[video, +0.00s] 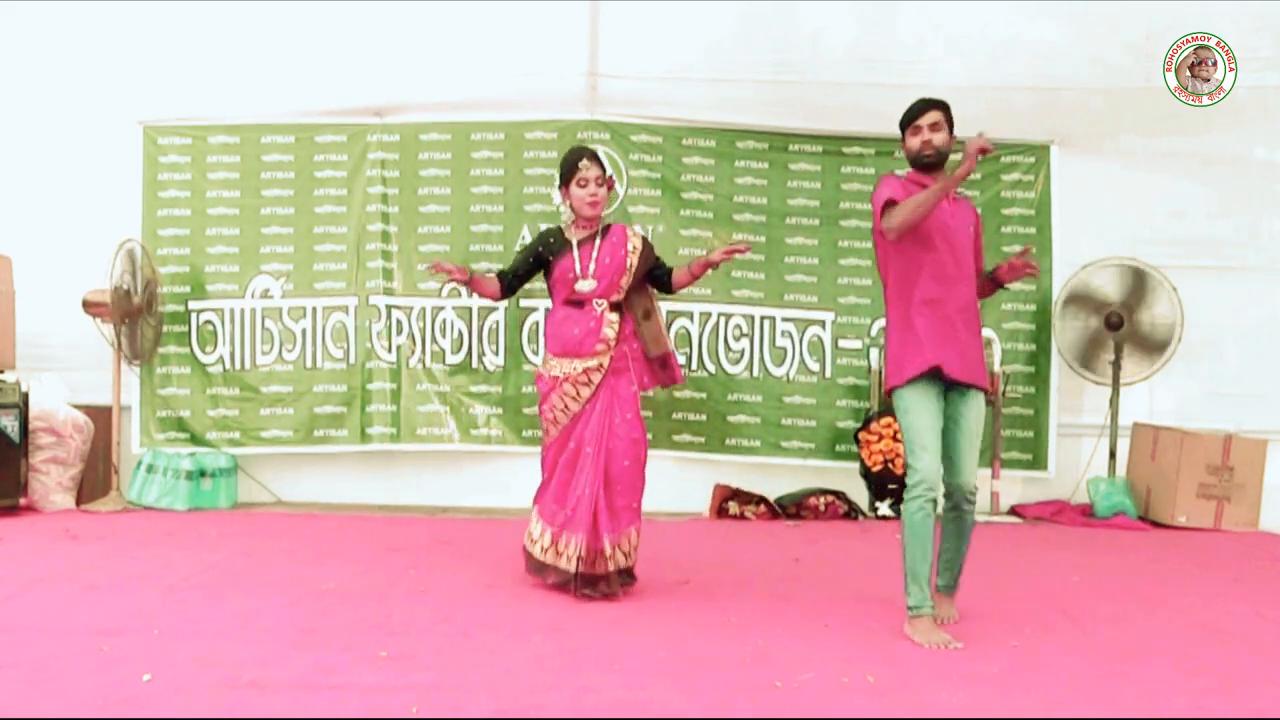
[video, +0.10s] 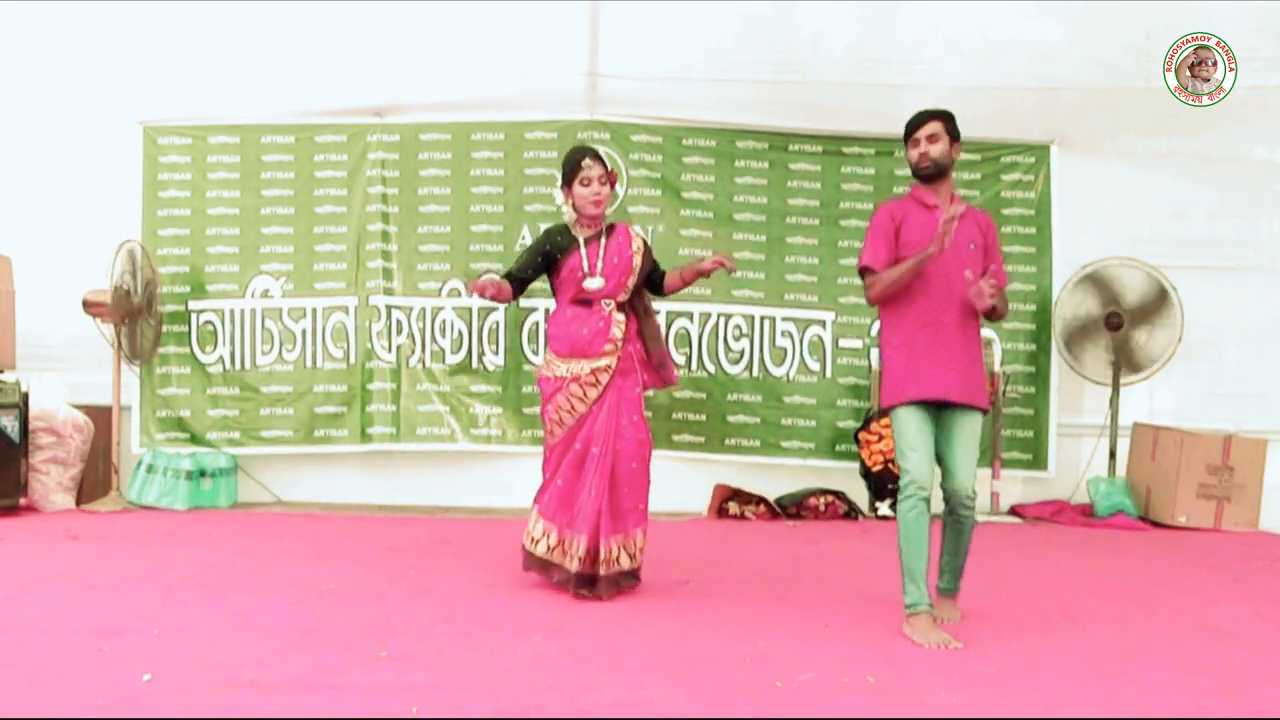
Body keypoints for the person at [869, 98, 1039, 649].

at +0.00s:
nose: (928, 137)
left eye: (937, 128)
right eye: (917, 130)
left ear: (953, 139)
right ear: (904, 143)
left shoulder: (967, 209)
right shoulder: (894, 186)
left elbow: (970, 290)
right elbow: (894, 224)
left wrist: (1000, 275)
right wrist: (957, 175)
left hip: (966, 354)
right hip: (913, 352)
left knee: (964, 485)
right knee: (925, 479)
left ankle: (945, 594)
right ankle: (918, 612)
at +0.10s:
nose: (925, 147)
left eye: (935, 138)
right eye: (916, 141)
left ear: (955, 149)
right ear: (907, 155)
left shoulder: (979, 221)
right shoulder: (891, 212)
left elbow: (998, 306)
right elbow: (874, 291)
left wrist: (991, 299)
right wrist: (929, 249)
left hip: (965, 370)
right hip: (908, 368)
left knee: (962, 490)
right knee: (917, 482)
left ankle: (947, 594)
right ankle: (916, 610)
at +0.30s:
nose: (910, 143)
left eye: (921, 135)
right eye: (909, 135)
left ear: (949, 144)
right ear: (908, 144)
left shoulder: (969, 198)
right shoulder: (897, 202)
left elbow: (991, 256)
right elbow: (873, 278)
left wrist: (922, 252)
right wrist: (868, 256)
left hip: (946, 356)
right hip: (896, 352)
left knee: (939, 472)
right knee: (870, 455)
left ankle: (948, 591)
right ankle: (903, 554)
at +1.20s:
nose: (961, 147)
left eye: (968, 139)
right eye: (950, 140)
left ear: (977, 148)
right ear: (931, 151)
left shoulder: (994, 208)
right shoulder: (914, 205)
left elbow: (1030, 277)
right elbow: (893, 269)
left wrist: (1009, 250)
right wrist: (956, 239)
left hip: (980, 355)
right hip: (926, 351)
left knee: (974, 476)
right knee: (927, 467)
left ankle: (948, 572)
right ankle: (900, 520)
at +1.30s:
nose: (973, 129)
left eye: (977, 121)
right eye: (961, 123)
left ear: (985, 129)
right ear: (939, 135)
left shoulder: (991, 191)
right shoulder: (929, 182)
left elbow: (1022, 257)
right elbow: (919, 240)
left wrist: (1014, 222)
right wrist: (973, 207)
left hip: (981, 338)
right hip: (938, 332)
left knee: (974, 458)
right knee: (955, 445)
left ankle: (928, 562)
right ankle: (910, 536)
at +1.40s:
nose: (990, 121)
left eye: (990, 113)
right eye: (977, 116)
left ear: (991, 122)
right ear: (952, 132)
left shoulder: (985, 187)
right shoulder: (952, 180)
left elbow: (983, 265)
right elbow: (939, 233)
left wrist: (1015, 250)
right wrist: (1000, 229)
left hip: (982, 340)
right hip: (965, 340)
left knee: (952, 458)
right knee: (983, 458)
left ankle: (910, 560)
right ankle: (968, 592)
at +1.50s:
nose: (996, 130)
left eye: (995, 121)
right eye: (984, 126)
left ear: (994, 134)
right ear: (958, 144)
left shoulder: (983, 197)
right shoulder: (968, 189)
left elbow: (980, 292)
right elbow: (953, 232)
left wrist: (1032, 295)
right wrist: (1033, 250)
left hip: (977, 355)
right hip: (984, 358)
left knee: (952, 474)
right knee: (1011, 475)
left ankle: (906, 567)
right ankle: (985, 610)